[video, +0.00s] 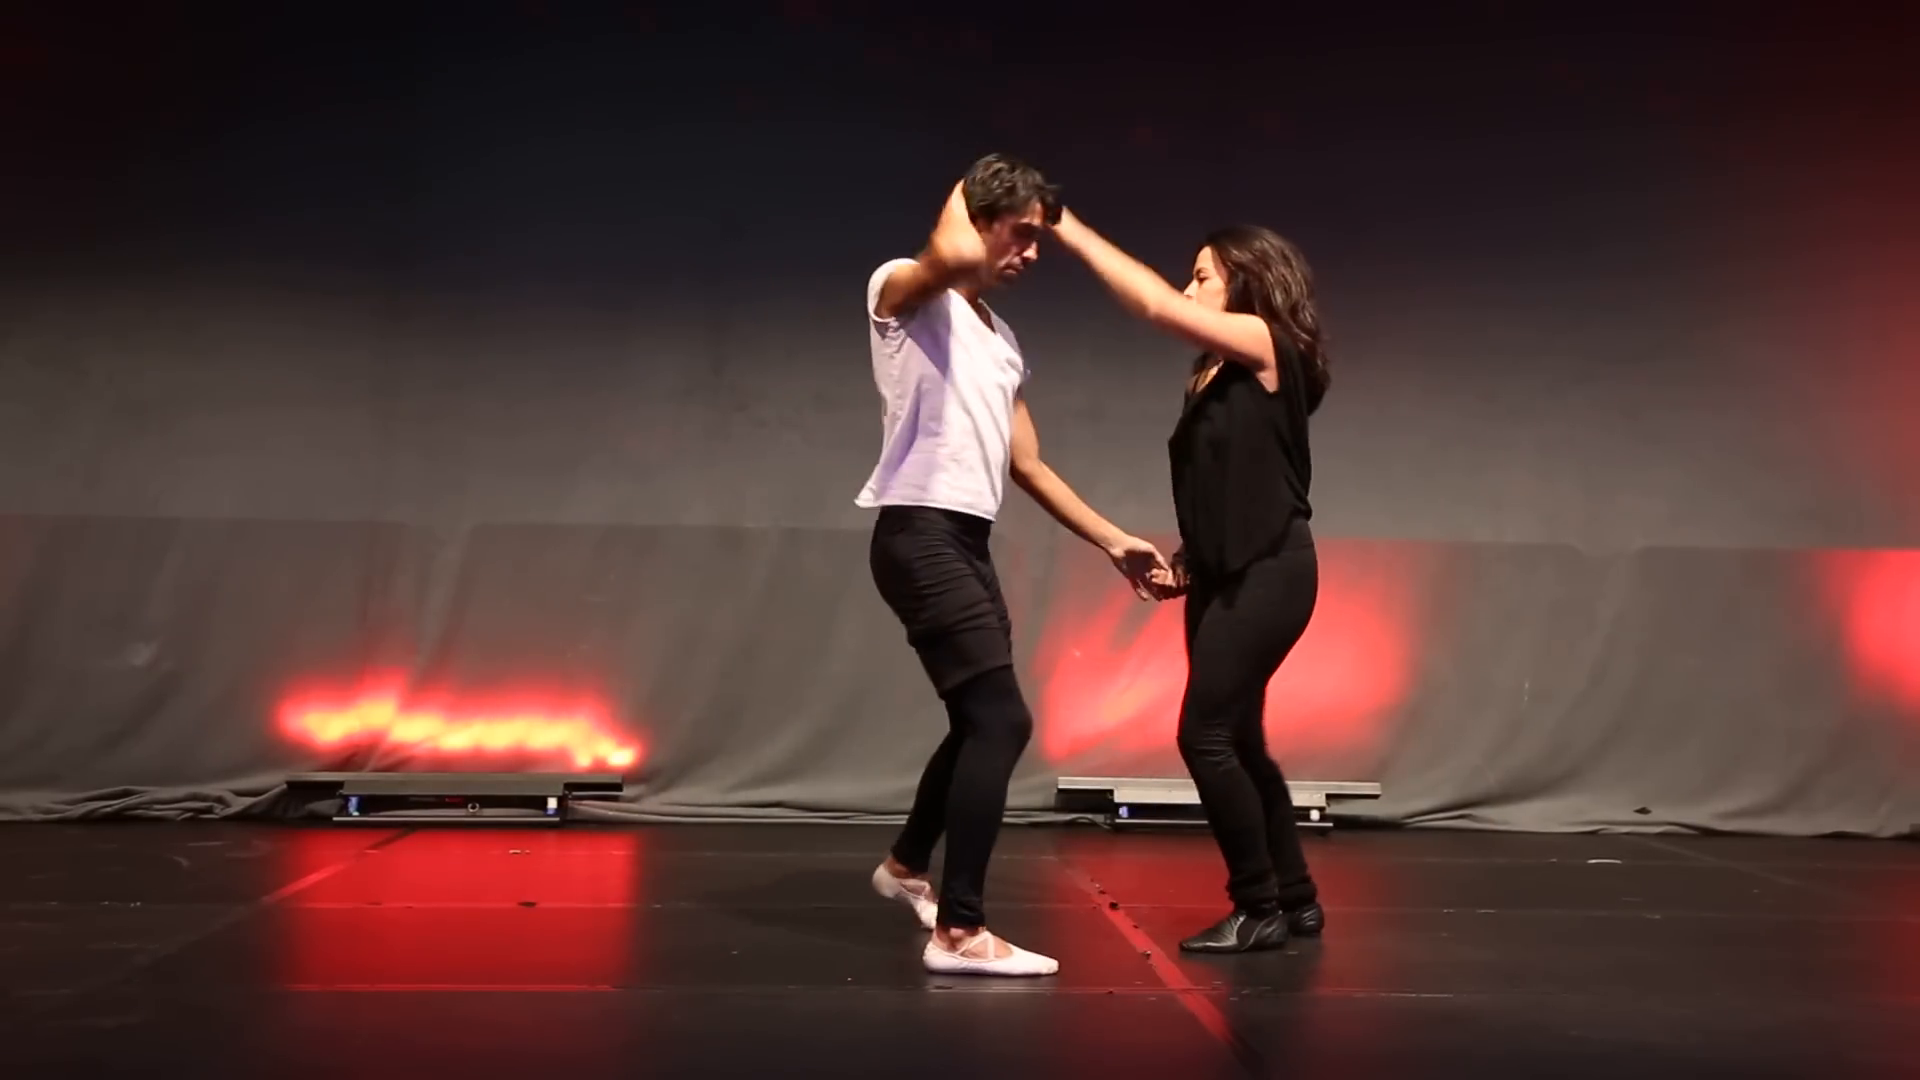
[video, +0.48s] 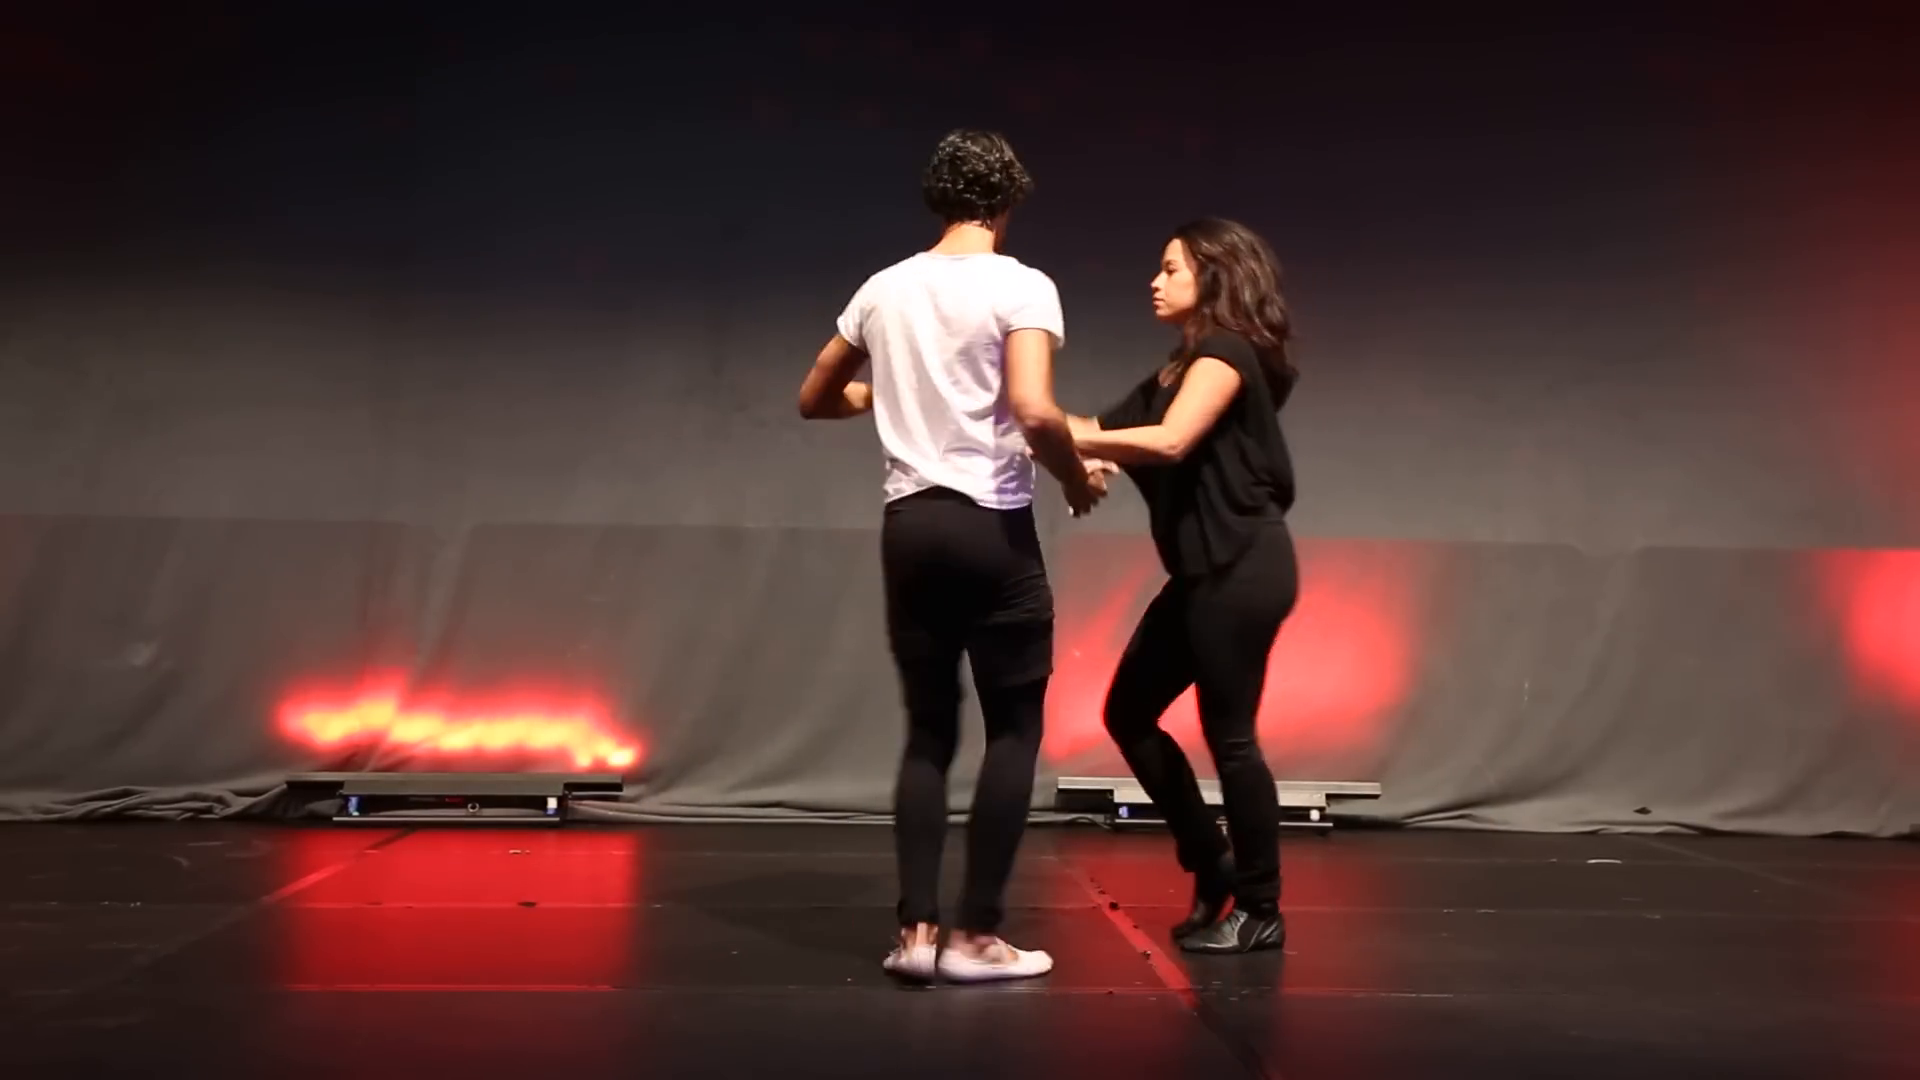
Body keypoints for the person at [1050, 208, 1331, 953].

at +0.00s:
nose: (1189, 290)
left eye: (1202, 278)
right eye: (1191, 277)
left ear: (1248, 283)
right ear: (1231, 288)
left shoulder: (1269, 341)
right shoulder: (1213, 368)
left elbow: (1159, 305)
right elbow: (1230, 493)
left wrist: (1072, 230)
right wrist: (1183, 558)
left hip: (1269, 575)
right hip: (1220, 577)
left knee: (1206, 734)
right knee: (1241, 744)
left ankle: (1260, 910)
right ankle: (1292, 901)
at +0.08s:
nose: (1189, 289)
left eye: (1203, 277)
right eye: (1192, 277)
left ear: (1249, 285)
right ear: (1233, 287)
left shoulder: (1281, 348)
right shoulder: (1210, 365)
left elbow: (1163, 348)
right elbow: (1226, 484)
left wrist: (1079, 296)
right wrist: (1179, 551)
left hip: (1268, 572)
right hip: (1215, 573)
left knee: (1216, 739)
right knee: (1203, 738)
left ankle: (1260, 913)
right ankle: (1285, 884)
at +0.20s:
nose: (1184, 293)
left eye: (1200, 280)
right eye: (1187, 280)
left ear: (1246, 288)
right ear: (1218, 291)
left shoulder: (1273, 362)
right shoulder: (1207, 374)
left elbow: (1187, 422)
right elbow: (1203, 492)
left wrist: (1086, 382)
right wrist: (1144, 542)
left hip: (1269, 580)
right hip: (1214, 581)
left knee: (1229, 742)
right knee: (1145, 728)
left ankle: (1260, 916)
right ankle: (1250, 872)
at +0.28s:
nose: (1179, 294)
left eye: (1195, 281)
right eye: (1182, 280)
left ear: (1240, 290)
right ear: (1211, 292)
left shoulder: (1264, 366)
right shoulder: (1198, 380)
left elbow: (1196, 442)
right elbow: (1179, 495)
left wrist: (1082, 414)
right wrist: (1097, 523)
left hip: (1267, 584)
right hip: (1212, 585)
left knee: (1232, 742)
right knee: (1122, 717)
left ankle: (1261, 917)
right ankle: (1213, 863)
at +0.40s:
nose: (1165, 289)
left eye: (1181, 276)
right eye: (1169, 276)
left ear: (1226, 287)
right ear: (1205, 289)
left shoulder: (1243, 362)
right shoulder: (1189, 375)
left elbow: (1182, 445)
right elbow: (1150, 465)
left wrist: (1075, 434)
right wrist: (1072, 458)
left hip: (1258, 579)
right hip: (1208, 582)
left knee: (1237, 743)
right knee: (1116, 708)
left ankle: (1261, 917)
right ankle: (1199, 855)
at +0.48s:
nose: (1155, 281)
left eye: (1170, 269)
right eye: (1159, 269)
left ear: (1214, 279)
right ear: (1190, 282)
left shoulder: (1225, 354)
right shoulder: (1177, 369)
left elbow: (1170, 442)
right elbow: (1104, 436)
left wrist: (1076, 438)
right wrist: (1053, 444)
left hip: (1244, 570)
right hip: (1201, 575)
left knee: (1231, 737)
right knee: (1128, 715)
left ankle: (1260, 913)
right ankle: (1211, 867)